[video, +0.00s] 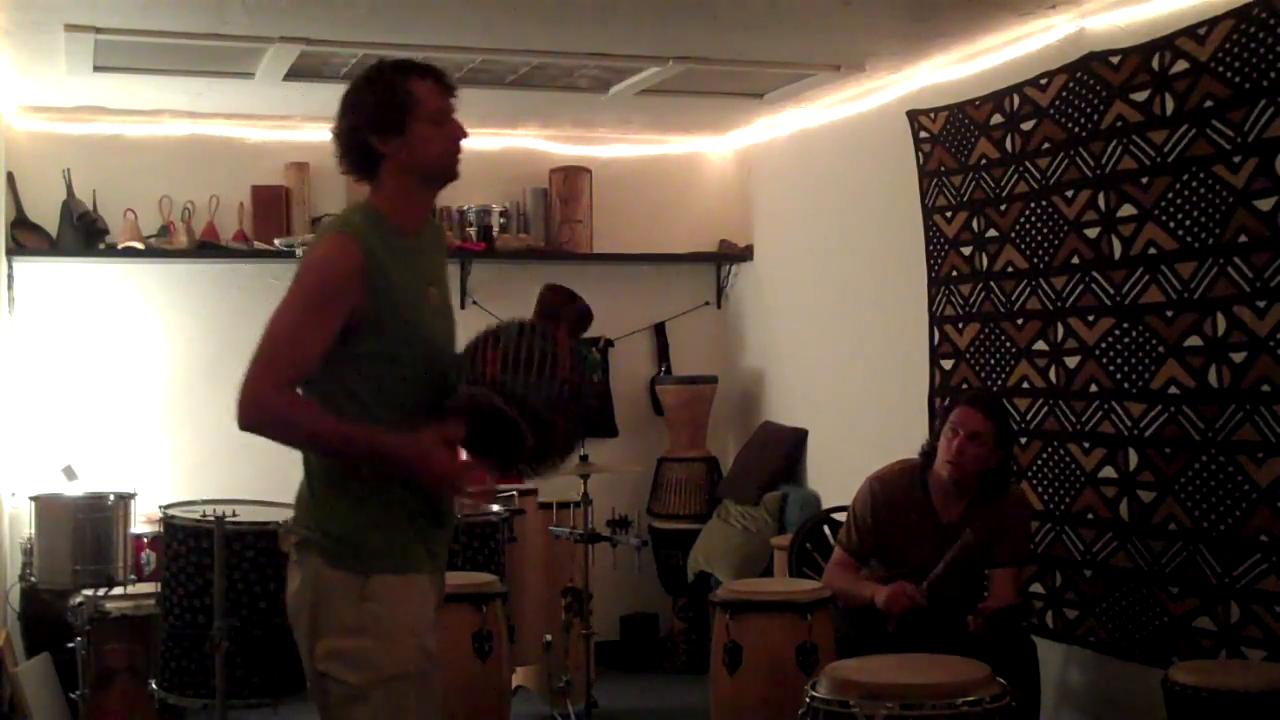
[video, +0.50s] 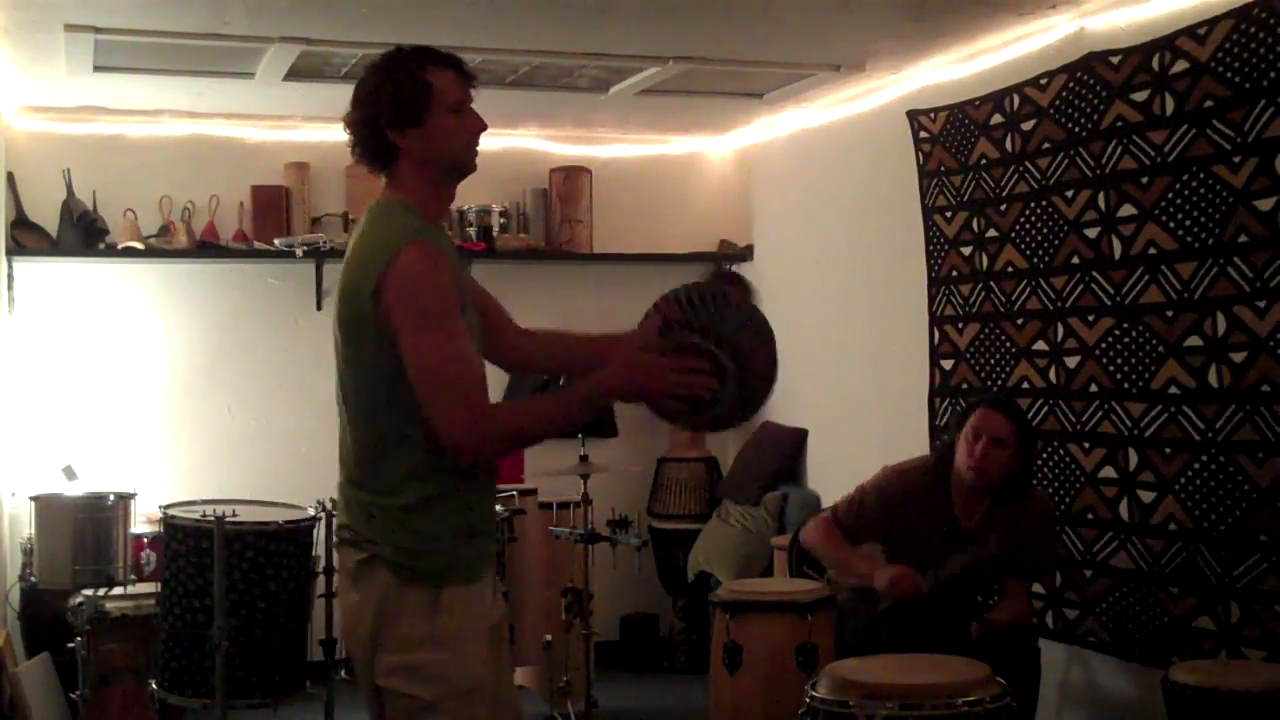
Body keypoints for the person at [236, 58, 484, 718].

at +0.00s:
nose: (461, 128)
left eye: (454, 114)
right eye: (442, 116)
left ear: (403, 140)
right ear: (388, 139)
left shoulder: (425, 240)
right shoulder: (345, 248)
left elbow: (414, 385)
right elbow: (260, 403)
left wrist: (491, 422)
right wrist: (406, 450)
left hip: (407, 551)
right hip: (356, 563)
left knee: (407, 705)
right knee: (375, 706)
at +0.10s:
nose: (476, 129)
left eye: (469, 114)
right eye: (456, 117)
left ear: (412, 141)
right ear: (401, 140)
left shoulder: (444, 244)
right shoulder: (360, 258)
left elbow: (428, 394)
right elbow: (288, 421)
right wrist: (447, 460)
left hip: (423, 556)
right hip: (367, 568)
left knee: (426, 708)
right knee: (383, 711)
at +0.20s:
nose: (484, 125)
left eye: (476, 111)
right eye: (462, 114)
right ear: (408, 140)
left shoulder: (444, 243)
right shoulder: (371, 267)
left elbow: (436, 377)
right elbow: (341, 445)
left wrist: (536, 356)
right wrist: (498, 426)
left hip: (431, 555)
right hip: (377, 569)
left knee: (437, 705)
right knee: (393, 709)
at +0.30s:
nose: (485, 119)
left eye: (478, 106)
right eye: (465, 108)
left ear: (423, 138)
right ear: (409, 135)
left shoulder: (430, 244)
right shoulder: (394, 255)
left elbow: (454, 358)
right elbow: (409, 444)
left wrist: (563, 348)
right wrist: (566, 416)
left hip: (438, 559)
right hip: (390, 572)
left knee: (474, 702)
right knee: (412, 709)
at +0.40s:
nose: (482, 122)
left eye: (475, 106)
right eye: (462, 109)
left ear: (409, 134)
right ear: (406, 130)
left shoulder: (404, 233)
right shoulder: (413, 248)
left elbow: (488, 337)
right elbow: (461, 433)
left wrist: (614, 338)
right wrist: (617, 405)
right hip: (408, 577)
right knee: (434, 708)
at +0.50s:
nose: (481, 122)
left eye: (473, 106)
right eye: (462, 108)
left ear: (409, 133)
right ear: (404, 130)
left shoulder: (418, 238)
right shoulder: (409, 251)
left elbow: (514, 346)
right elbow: (469, 431)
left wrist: (637, 344)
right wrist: (610, 385)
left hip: (433, 566)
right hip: (418, 578)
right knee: (449, 709)